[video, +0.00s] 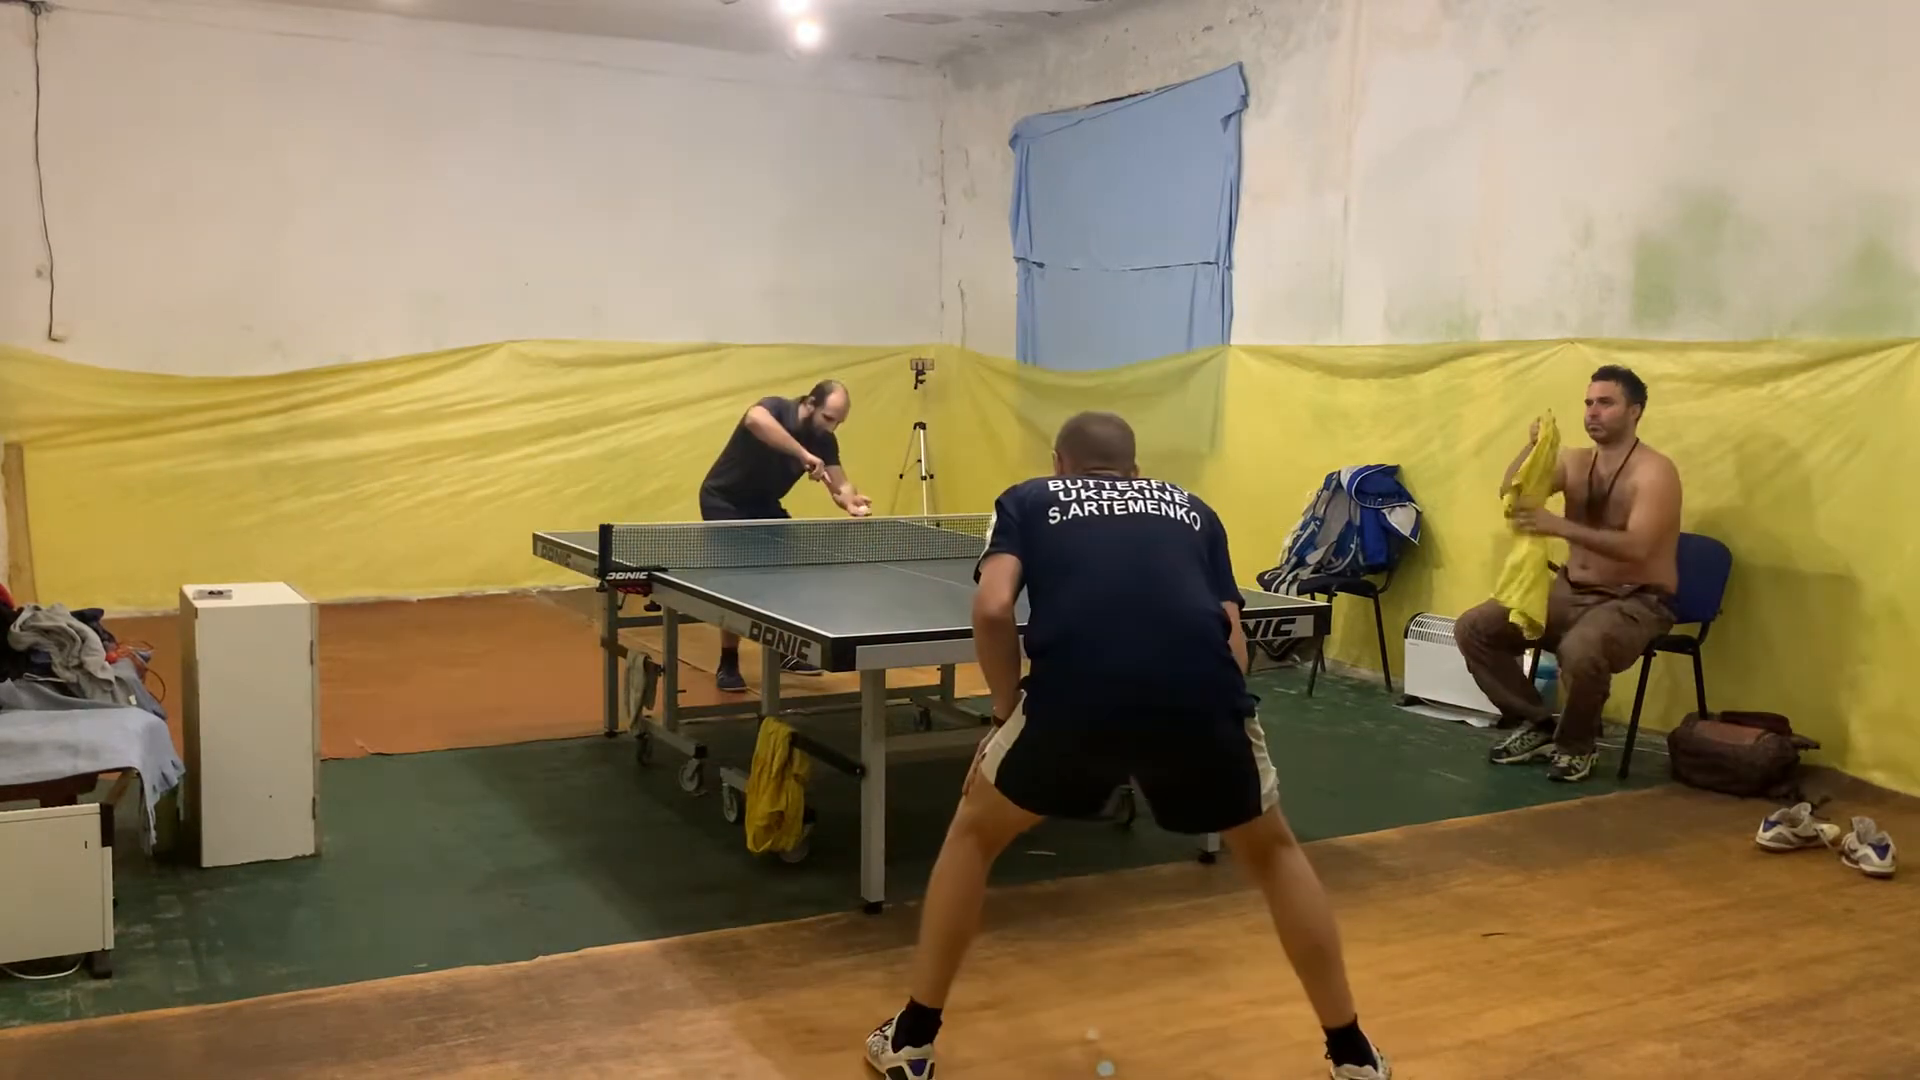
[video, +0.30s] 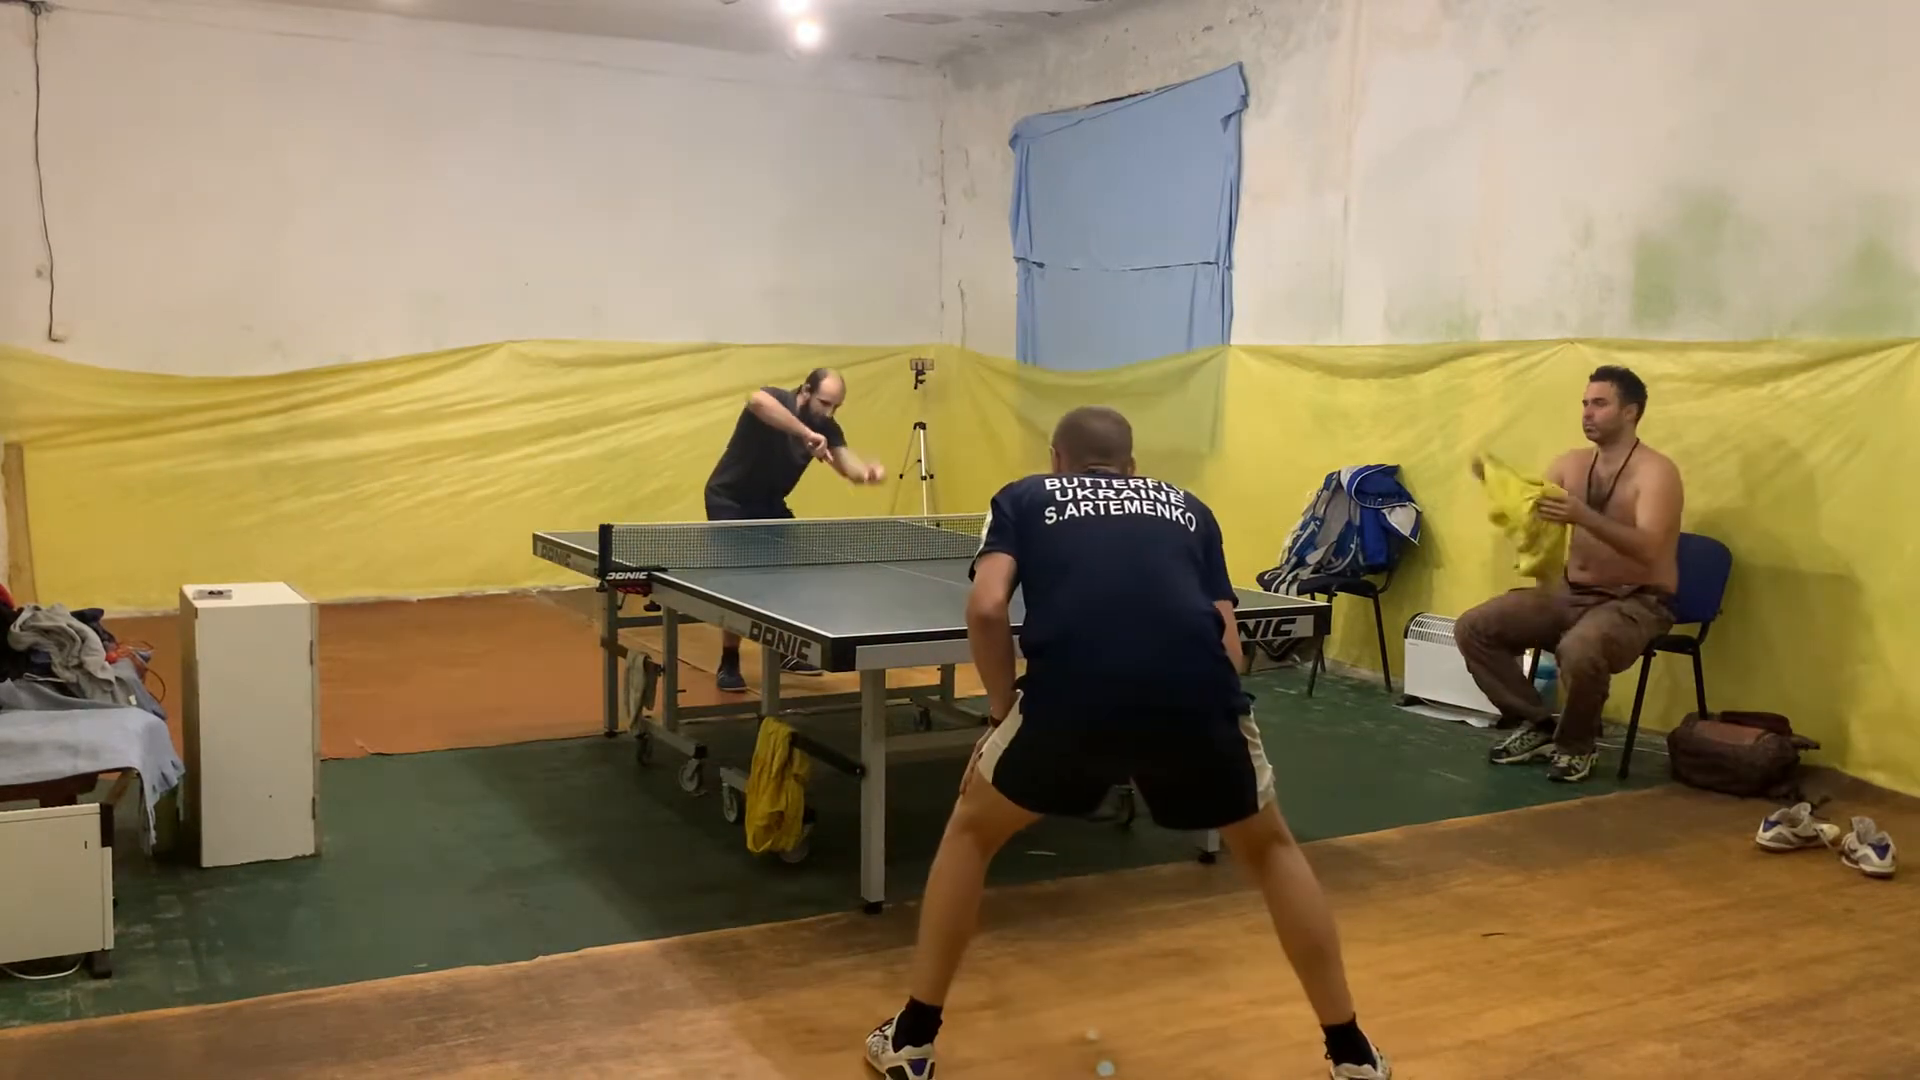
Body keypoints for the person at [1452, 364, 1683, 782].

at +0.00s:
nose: (1592, 412)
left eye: (1605, 404)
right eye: (1589, 403)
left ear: (1635, 411)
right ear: (1584, 408)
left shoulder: (1655, 472)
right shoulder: (1573, 462)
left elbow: (1639, 548)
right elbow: (1513, 492)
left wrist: (1557, 526)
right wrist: (1534, 449)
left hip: (1637, 601)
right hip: (1572, 593)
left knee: (1580, 651)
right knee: (1474, 630)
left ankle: (1577, 746)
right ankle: (1535, 722)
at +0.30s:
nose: (1587, 413)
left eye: (1599, 404)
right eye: (1585, 404)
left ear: (1632, 412)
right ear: (1582, 408)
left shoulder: (1656, 473)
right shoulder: (1569, 465)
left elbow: (1650, 550)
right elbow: (1531, 526)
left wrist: (1581, 516)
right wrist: (1497, 482)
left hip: (1637, 601)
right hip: (1571, 594)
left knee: (1579, 650)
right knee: (1474, 629)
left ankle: (1577, 745)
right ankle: (1535, 722)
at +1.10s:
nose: (1577, 416)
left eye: (1588, 406)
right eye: (1577, 407)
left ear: (1622, 412)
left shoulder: (1654, 472)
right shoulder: (1571, 468)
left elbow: (1649, 549)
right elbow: (1556, 546)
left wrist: (1580, 517)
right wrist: (1529, 529)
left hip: (1639, 601)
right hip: (1574, 595)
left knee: (1579, 649)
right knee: (1475, 629)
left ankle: (1577, 746)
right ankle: (1535, 723)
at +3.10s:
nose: (1579, 420)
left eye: (1590, 411)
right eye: (1577, 411)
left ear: (1623, 415)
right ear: (1576, 414)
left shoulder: (1657, 475)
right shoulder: (1569, 471)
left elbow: (1674, 555)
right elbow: (1537, 543)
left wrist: (1603, 533)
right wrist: (1544, 536)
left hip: (1638, 599)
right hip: (1572, 591)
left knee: (1579, 649)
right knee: (1475, 628)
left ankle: (1576, 746)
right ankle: (1535, 722)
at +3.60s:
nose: (1579, 420)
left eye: (1591, 410)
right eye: (1578, 411)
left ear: (1624, 416)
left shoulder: (1659, 476)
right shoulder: (1570, 470)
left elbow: (1674, 555)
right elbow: (1537, 543)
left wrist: (1603, 532)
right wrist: (1552, 532)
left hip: (1639, 599)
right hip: (1572, 591)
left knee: (1579, 649)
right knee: (1475, 628)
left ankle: (1577, 745)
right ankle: (1535, 721)